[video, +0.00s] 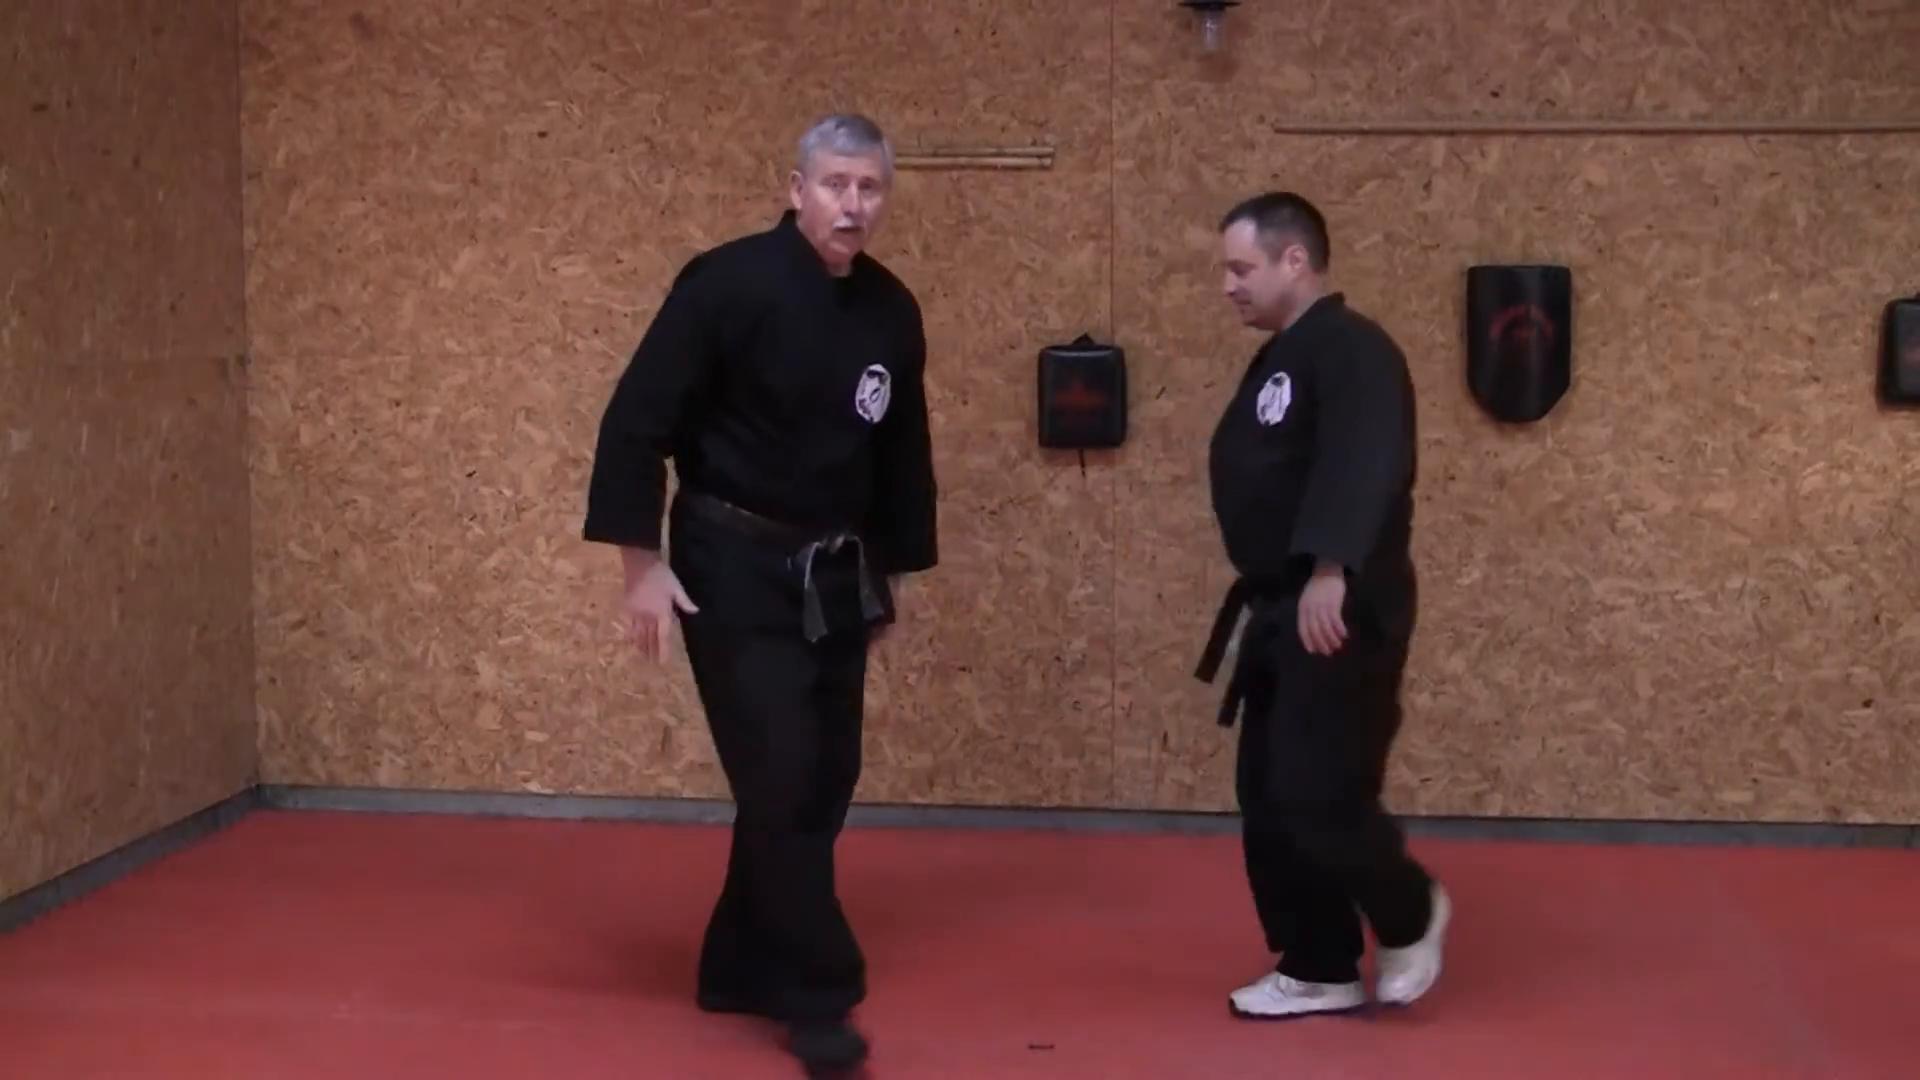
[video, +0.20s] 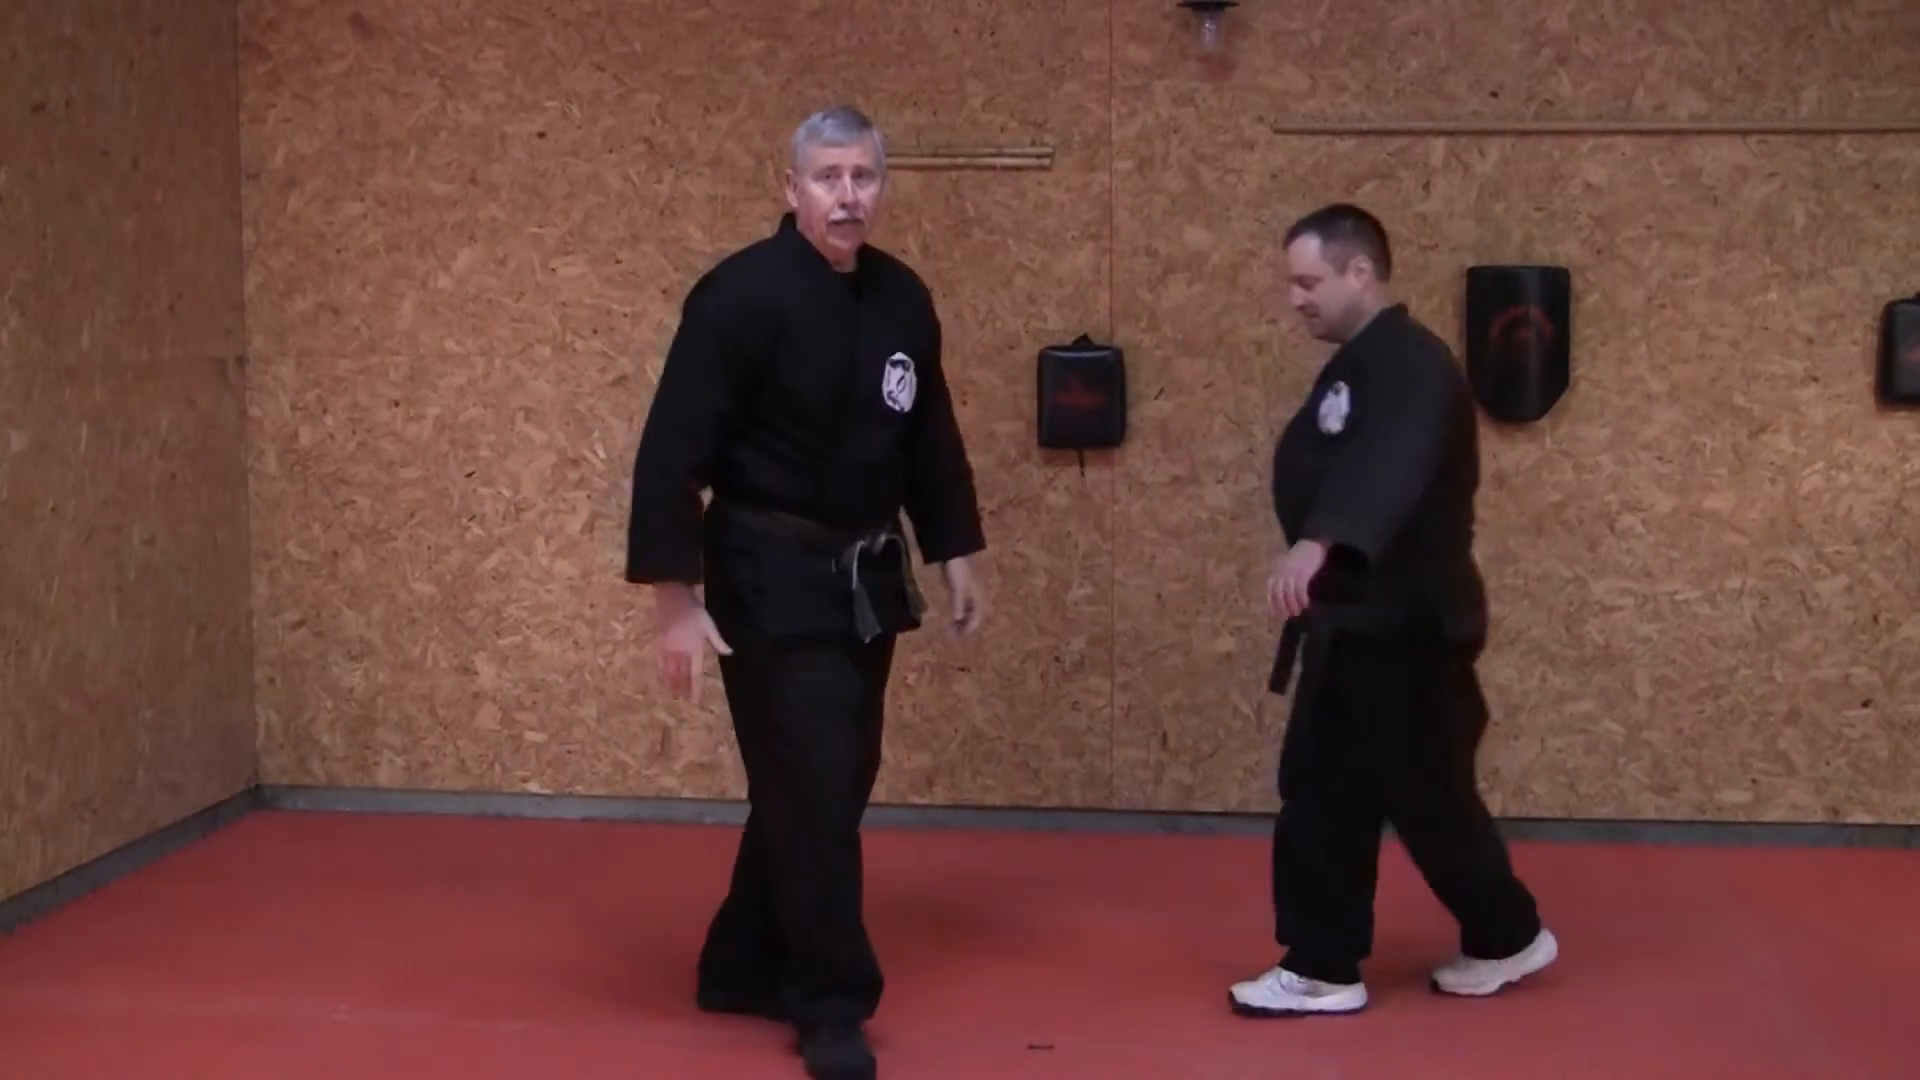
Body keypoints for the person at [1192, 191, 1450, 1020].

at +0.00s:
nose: (1229, 286)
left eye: (1241, 268)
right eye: (1225, 270)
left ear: (1296, 262)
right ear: (1287, 266)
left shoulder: (1354, 349)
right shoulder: (1281, 357)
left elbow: (1366, 460)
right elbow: (1287, 479)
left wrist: (1329, 566)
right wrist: (1264, 592)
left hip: (1352, 598)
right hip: (1288, 598)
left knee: (1320, 787)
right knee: (1269, 789)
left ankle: (1412, 914)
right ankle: (1319, 967)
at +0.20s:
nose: (1295, 300)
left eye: (1307, 282)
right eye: (1290, 285)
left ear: (1360, 273)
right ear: (1347, 280)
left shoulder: (1411, 361)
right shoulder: (1352, 367)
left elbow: (1393, 466)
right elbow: (1341, 481)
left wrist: (1322, 540)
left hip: (1410, 625)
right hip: (1352, 621)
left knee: (1427, 791)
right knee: (1321, 795)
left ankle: (1510, 936)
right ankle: (1323, 965)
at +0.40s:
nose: (1370, 306)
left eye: (1382, 288)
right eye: (1364, 291)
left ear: (1434, 277)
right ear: (1407, 285)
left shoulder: (1487, 367)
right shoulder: (1412, 368)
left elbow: (1465, 492)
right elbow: (1419, 489)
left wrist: (1380, 577)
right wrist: (1394, 572)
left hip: (1492, 620)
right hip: (1423, 616)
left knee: (1495, 788)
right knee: (1380, 784)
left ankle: (1518, 948)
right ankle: (1341, 939)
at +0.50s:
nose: (1403, 300)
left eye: (1415, 283)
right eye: (1398, 285)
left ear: (1466, 271)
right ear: (1445, 279)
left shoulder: (1518, 363)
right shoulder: (1439, 363)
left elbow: (1512, 494)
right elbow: (1451, 491)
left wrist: (1454, 599)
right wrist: (1426, 587)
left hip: (1518, 613)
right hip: (1450, 603)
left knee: (1509, 781)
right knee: (1409, 772)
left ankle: (1519, 950)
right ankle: (1403, 931)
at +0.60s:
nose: (1437, 288)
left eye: (1450, 272)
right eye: (1432, 273)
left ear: (1503, 266)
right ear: (1444, 273)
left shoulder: (1552, 364)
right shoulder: (1469, 356)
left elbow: (1556, 494)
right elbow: (1474, 489)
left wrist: (1545, 612)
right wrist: (1453, 594)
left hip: (1533, 611)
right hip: (1473, 603)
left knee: (1519, 777)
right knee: (1444, 762)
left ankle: (1524, 951)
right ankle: (1482, 919)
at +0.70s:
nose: (1471, 284)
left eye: (1486, 268)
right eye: (1467, 269)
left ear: (1540, 266)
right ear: (1476, 269)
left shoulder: (1587, 363)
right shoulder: (1498, 356)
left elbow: (1611, 490)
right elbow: (1490, 468)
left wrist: (1613, 601)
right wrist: (1446, 537)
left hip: (1552, 599)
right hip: (1495, 594)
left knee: (1525, 768)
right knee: (1505, 750)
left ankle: (1518, 950)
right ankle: (1590, 881)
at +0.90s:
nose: (1547, 286)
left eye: (1564, 272)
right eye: (1542, 272)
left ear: (1611, 276)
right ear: (1543, 275)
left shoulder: (1653, 367)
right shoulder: (1555, 366)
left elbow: (1686, 488)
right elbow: (1518, 467)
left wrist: (1686, 600)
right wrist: (1466, 555)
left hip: (1624, 601)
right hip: (1569, 597)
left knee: (1562, 764)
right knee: (1616, 752)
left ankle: (1520, 946)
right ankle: (1683, 905)